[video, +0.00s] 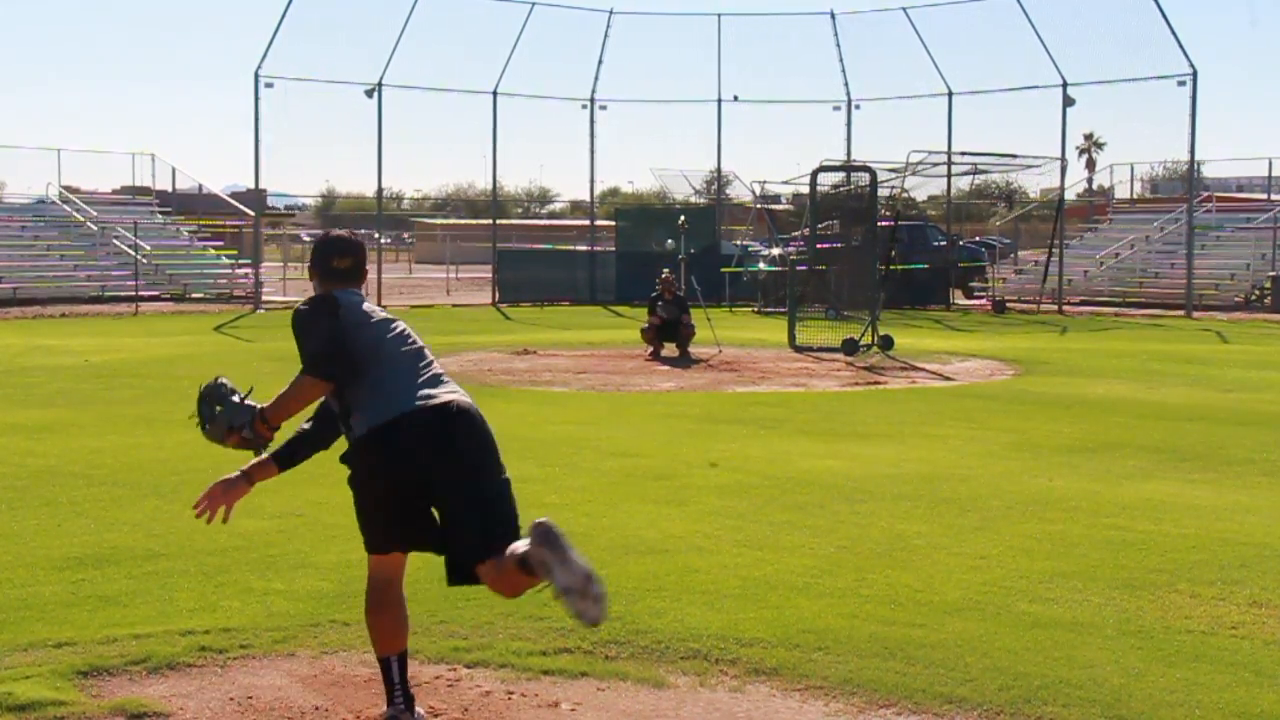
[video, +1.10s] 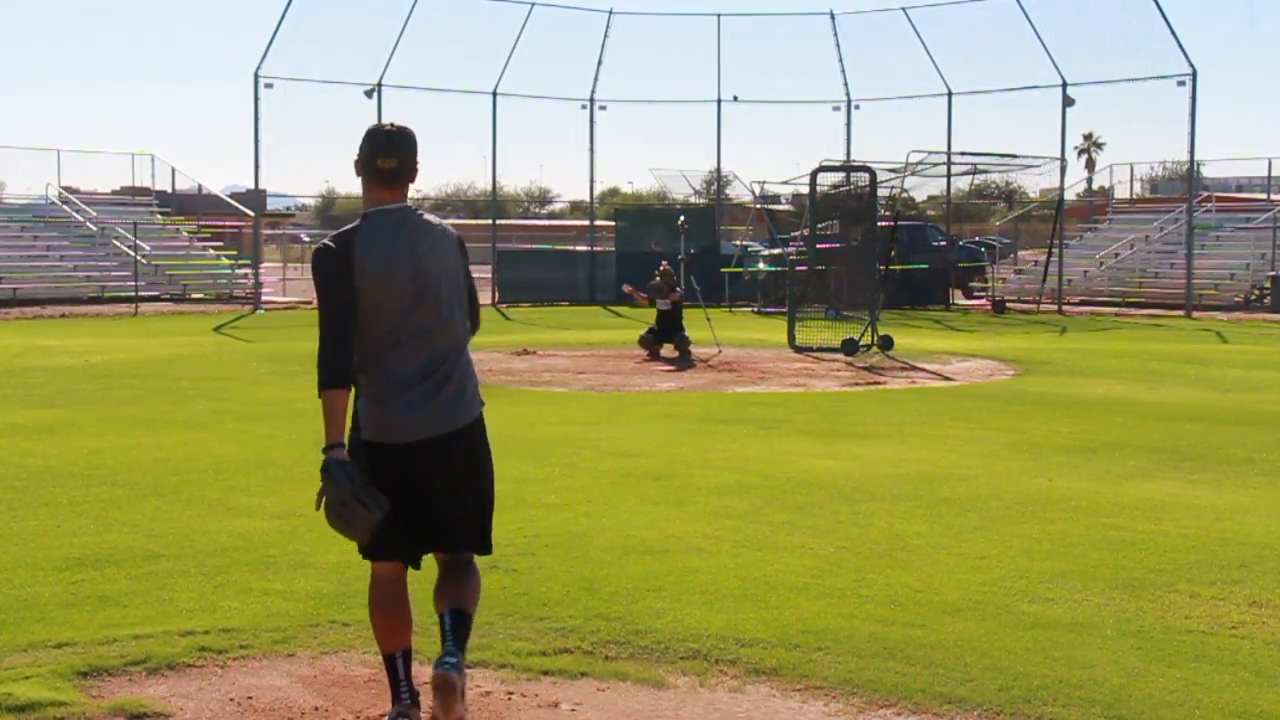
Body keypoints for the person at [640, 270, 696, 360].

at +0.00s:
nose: (667, 286)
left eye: (670, 283)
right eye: (664, 283)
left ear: (674, 285)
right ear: (660, 285)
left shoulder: (680, 299)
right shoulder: (654, 299)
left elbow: (686, 316)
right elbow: (651, 318)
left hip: (677, 326)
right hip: (661, 326)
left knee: (688, 328)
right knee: (646, 331)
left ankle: (683, 349)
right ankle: (657, 347)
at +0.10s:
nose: (667, 285)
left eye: (670, 282)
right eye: (665, 283)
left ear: (674, 284)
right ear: (661, 284)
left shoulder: (679, 298)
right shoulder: (654, 299)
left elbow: (690, 316)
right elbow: (650, 318)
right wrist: (659, 321)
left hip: (675, 326)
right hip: (660, 325)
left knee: (689, 329)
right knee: (646, 331)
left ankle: (683, 350)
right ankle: (656, 348)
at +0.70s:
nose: (666, 287)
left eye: (669, 284)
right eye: (664, 284)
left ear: (673, 284)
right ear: (659, 285)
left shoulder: (678, 296)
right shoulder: (655, 297)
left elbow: (687, 305)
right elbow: (649, 317)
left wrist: (680, 306)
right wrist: (651, 315)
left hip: (675, 327)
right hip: (660, 328)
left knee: (687, 331)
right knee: (645, 331)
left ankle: (683, 350)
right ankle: (656, 348)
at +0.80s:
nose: (666, 285)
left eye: (669, 282)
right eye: (663, 282)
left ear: (673, 283)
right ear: (659, 283)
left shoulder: (678, 295)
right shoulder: (655, 296)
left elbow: (685, 304)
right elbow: (649, 318)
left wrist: (679, 306)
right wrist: (649, 305)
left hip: (676, 330)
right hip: (660, 330)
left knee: (687, 332)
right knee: (645, 332)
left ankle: (683, 349)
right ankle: (656, 348)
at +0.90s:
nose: (666, 282)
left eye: (668, 279)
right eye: (663, 279)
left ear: (673, 280)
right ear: (659, 280)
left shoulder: (678, 293)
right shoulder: (655, 295)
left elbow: (681, 303)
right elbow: (646, 315)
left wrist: (675, 303)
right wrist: (638, 308)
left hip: (677, 330)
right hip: (661, 331)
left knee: (686, 334)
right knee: (646, 334)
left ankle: (682, 349)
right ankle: (656, 347)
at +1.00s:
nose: (666, 280)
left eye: (669, 277)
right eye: (663, 277)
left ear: (673, 278)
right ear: (659, 278)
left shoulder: (678, 292)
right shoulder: (657, 294)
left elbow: (678, 300)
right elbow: (644, 308)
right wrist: (631, 303)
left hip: (676, 330)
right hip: (661, 330)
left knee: (684, 337)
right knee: (646, 336)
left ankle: (683, 350)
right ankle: (656, 348)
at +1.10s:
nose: (665, 279)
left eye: (668, 276)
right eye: (662, 276)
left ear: (672, 277)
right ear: (659, 277)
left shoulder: (677, 291)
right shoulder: (656, 291)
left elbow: (678, 296)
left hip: (676, 329)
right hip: (660, 329)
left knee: (682, 341)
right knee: (645, 340)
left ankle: (684, 352)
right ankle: (654, 350)